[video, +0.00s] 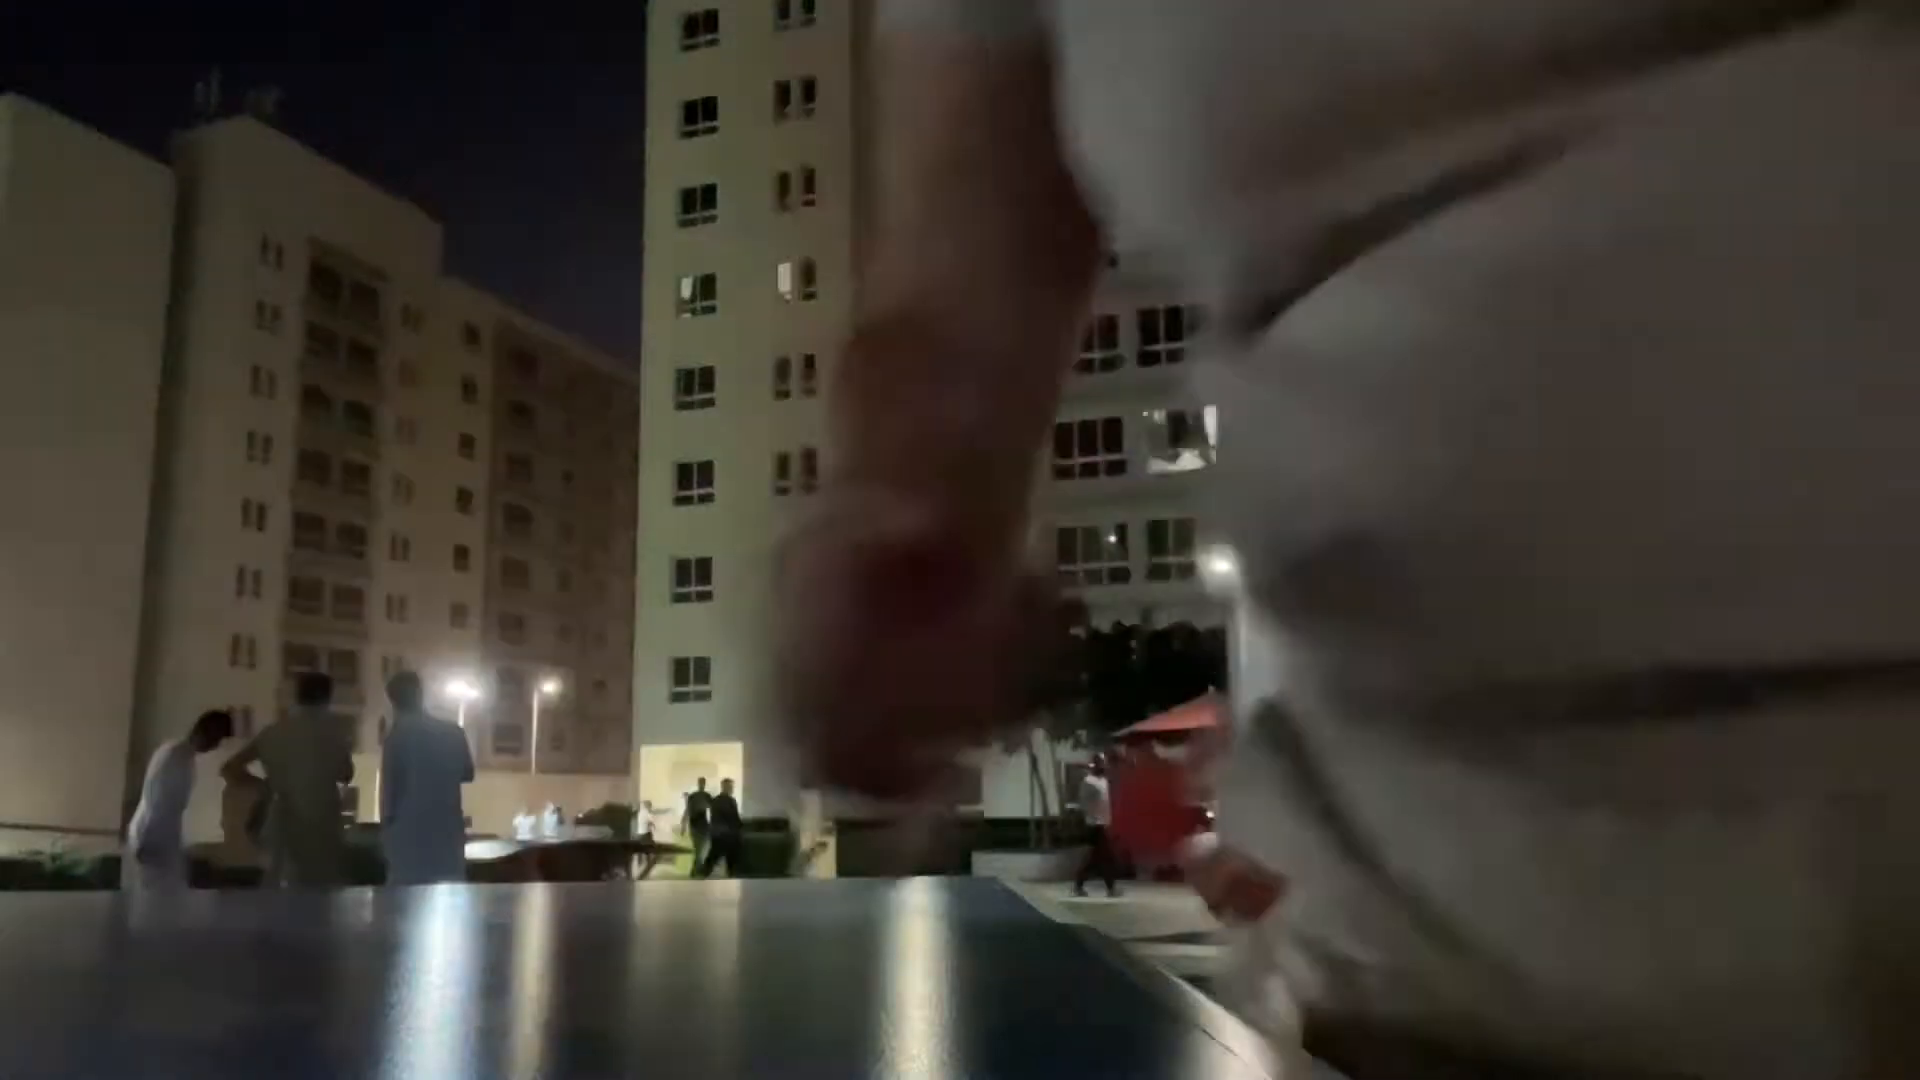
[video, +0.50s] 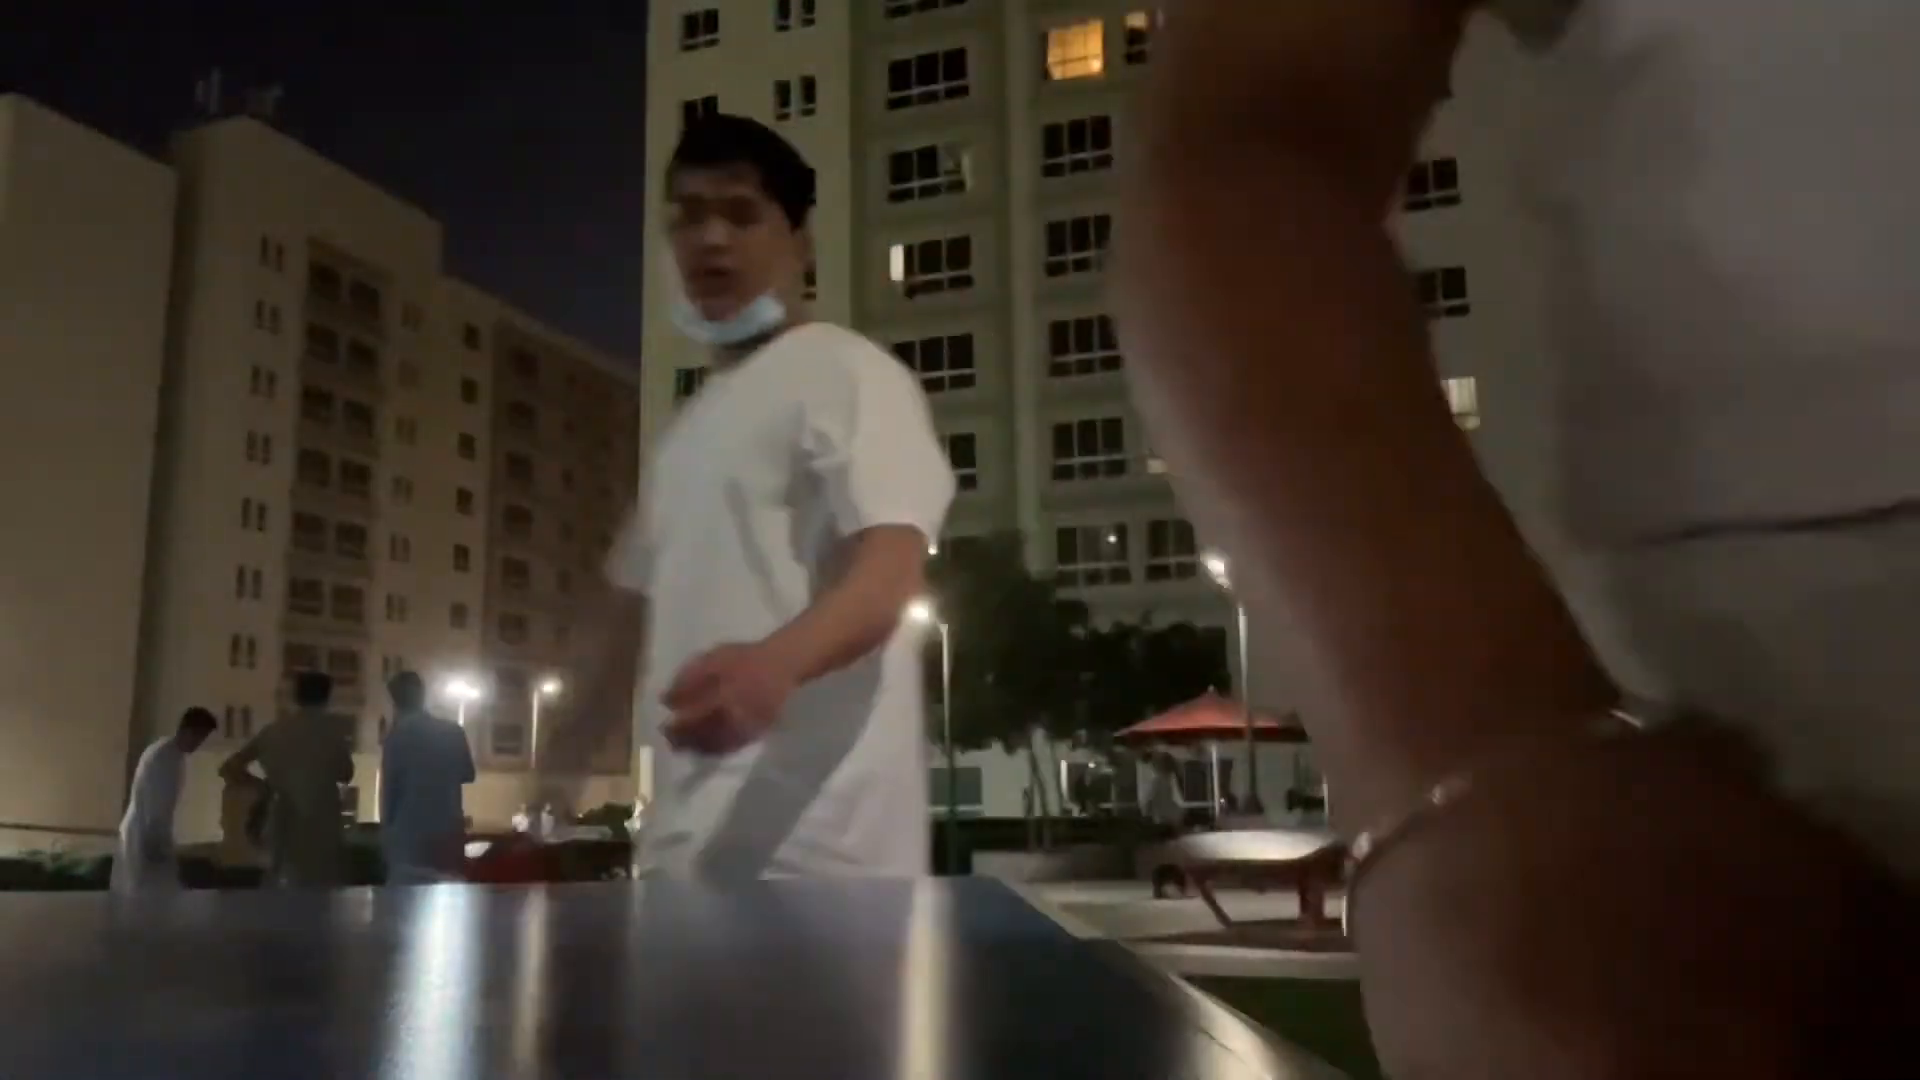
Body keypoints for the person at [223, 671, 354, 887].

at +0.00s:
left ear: (297, 696)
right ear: (327, 698)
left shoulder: (276, 732)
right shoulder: (330, 730)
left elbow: (231, 769)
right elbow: (346, 774)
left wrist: (264, 788)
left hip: (285, 820)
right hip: (322, 820)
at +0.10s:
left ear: (296, 697)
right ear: (327, 699)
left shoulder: (276, 732)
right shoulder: (330, 731)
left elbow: (231, 769)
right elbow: (346, 774)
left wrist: (263, 788)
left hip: (285, 823)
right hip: (322, 823)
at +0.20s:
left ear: (296, 697)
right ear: (327, 698)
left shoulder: (276, 731)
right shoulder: (330, 730)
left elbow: (230, 769)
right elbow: (346, 774)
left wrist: (264, 788)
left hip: (283, 821)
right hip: (321, 822)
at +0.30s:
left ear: (296, 696)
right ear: (326, 698)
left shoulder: (275, 732)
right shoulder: (329, 731)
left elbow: (230, 769)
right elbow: (346, 774)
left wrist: (263, 788)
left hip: (284, 820)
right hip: (322, 822)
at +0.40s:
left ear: (296, 696)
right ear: (326, 697)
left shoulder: (275, 731)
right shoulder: (330, 731)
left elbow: (230, 769)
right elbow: (346, 774)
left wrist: (263, 788)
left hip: (285, 819)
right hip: (322, 820)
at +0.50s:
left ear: (296, 696)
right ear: (326, 697)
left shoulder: (276, 731)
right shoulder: (330, 730)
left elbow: (231, 768)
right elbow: (346, 774)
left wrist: (263, 788)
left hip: (285, 819)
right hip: (322, 820)